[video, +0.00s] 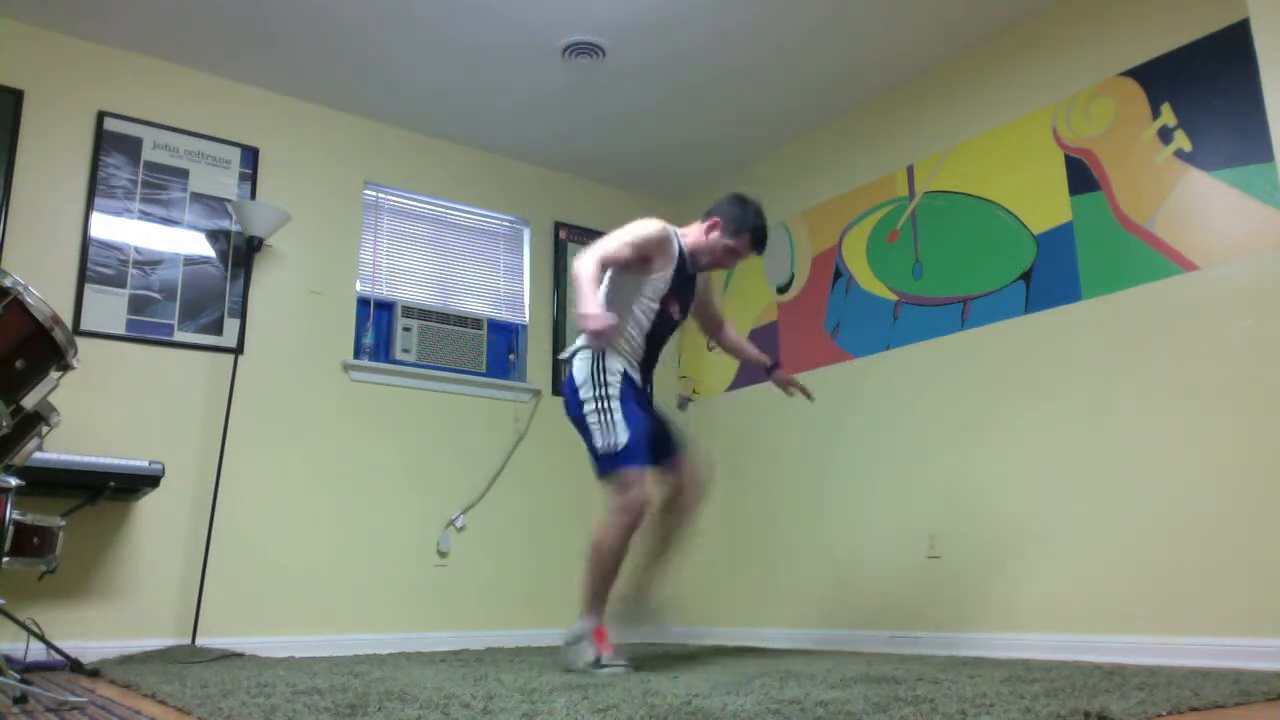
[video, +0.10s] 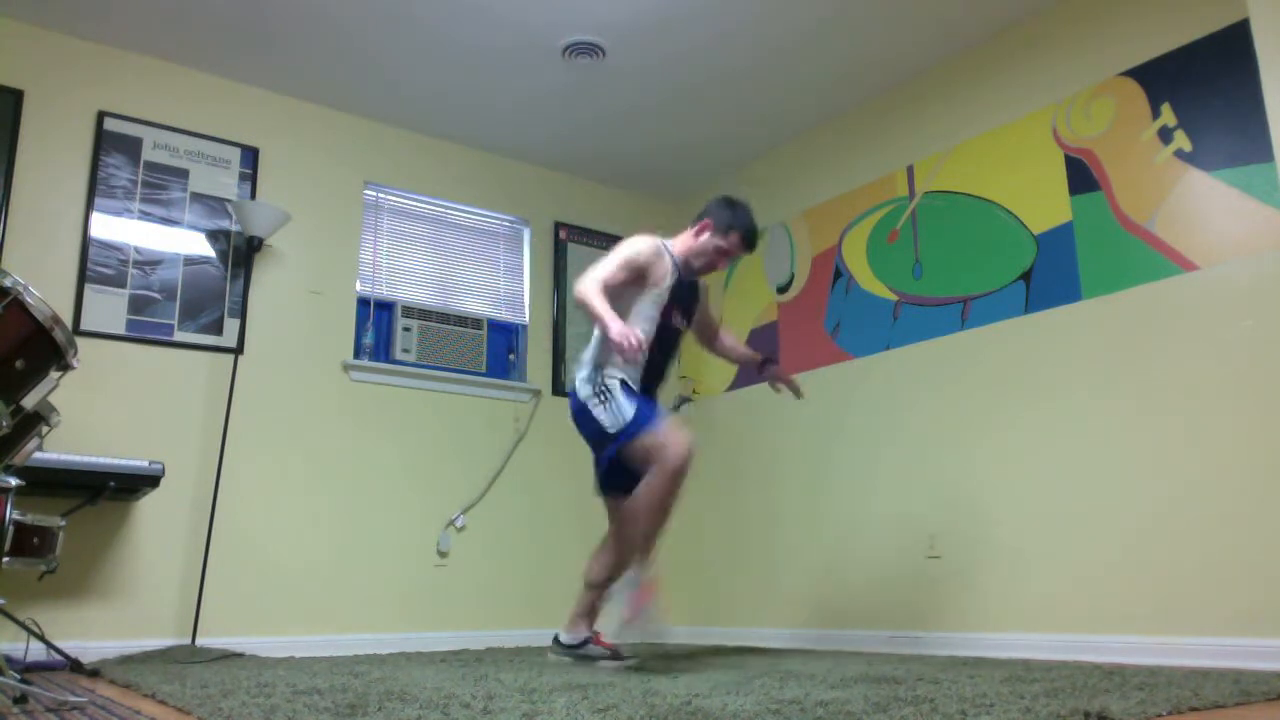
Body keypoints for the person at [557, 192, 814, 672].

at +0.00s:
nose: (726, 265)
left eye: (734, 261)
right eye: (728, 254)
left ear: (723, 241)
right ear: (711, 226)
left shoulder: (697, 277)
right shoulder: (656, 235)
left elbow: (717, 329)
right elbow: (588, 260)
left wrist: (771, 369)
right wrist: (592, 309)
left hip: (629, 380)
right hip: (597, 366)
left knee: (685, 478)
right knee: (632, 494)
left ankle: (632, 604)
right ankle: (588, 630)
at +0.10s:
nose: (721, 265)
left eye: (730, 260)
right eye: (723, 252)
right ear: (703, 228)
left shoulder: (691, 287)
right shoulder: (647, 250)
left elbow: (712, 337)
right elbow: (586, 286)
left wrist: (763, 365)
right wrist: (612, 321)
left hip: (631, 397)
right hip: (602, 387)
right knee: (672, 448)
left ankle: (575, 632)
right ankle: (631, 573)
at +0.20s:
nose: (724, 254)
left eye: (732, 248)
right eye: (725, 241)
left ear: (732, 241)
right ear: (707, 217)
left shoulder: (697, 272)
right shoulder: (652, 242)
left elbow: (705, 332)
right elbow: (594, 283)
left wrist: (747, 347)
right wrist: (613, 335)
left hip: (632, 386)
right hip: (607, 374)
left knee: (641, 511)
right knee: (696, 405)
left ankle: (588, 615)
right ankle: (694, 542)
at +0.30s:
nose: (728, 249)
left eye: (737, 243)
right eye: (728, 236)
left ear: (741, 241)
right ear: (709, 213)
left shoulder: (703, 268)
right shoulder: (663, 238)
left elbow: (705, 317)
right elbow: (600, 275)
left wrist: (737, 331)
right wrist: (607, 333)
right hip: (620, 361)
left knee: (685, 478)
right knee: (712, 425)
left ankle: (629, 571)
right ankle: (712, 565)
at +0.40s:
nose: (722, 253)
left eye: (730, 247)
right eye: (722, 240)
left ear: (729, 242)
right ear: (700, 219)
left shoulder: (688, 269)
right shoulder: (661, 252)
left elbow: (677, 315)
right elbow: (615, 282)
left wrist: (710, 329)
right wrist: (592, 329)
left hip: (649, 388)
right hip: (646, 387)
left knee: (692, 504)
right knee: (716, 498)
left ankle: (655, 603)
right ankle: (694, 632)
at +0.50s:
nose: (709, 256)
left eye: (717, 249)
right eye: (707, 243)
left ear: (721, 243)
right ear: (684, 225)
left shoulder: (680, 275)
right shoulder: (652, 268)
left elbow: (674, 330)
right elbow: (606, 309)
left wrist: (702, 331)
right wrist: (567, 350)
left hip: (674, 402)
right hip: (666, 404)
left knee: (704, 519)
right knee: (716, 521)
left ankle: (650, 597)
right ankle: (693, 637)